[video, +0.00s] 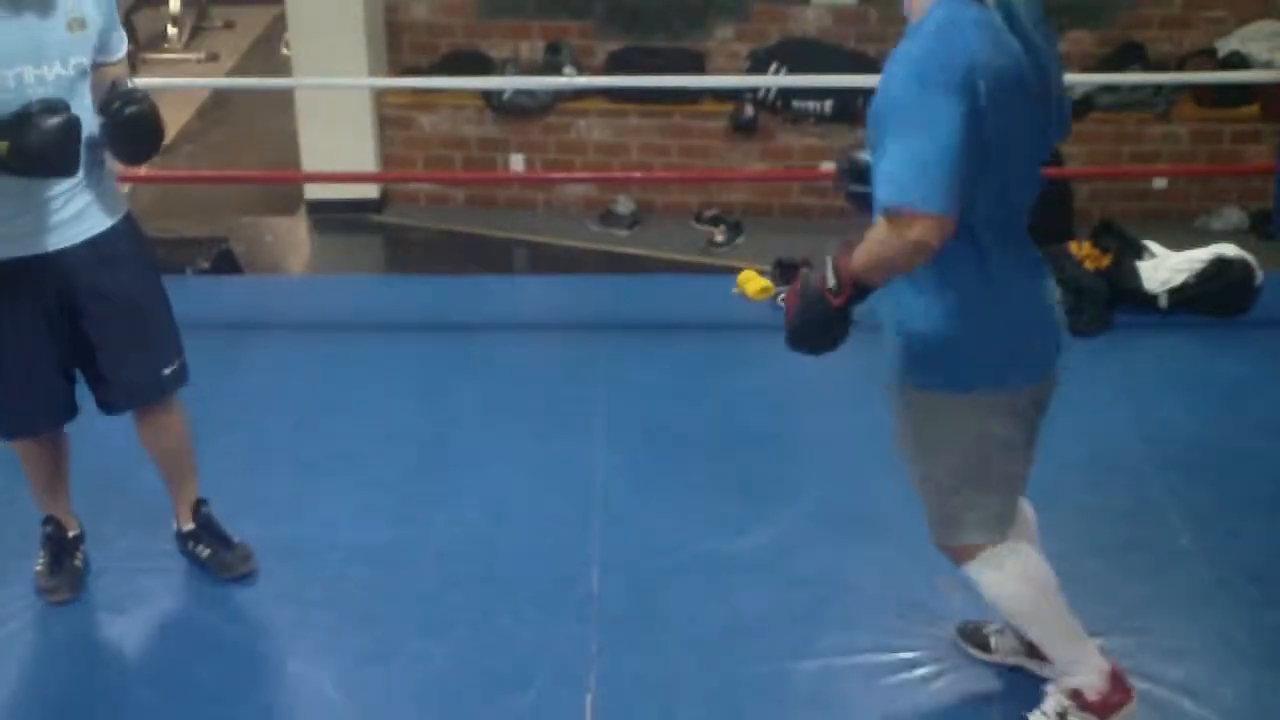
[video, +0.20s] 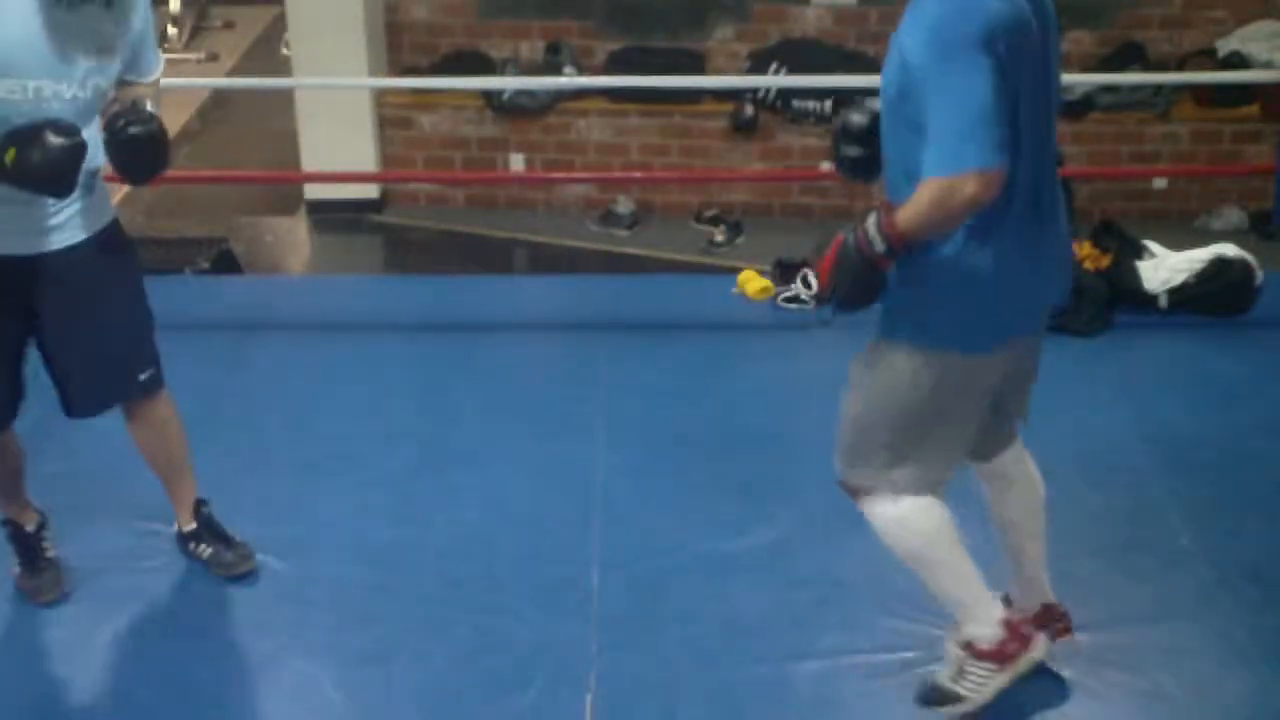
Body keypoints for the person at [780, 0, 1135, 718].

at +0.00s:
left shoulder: (926, 62)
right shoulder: (1013, 27)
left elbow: (919, 225)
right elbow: (1039, 149)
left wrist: (836, 283)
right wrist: (893, 179)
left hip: (963, 347)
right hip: (1017, 323)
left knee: (970, 534)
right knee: (999, 496)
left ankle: (1093, 683)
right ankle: (1038, 632)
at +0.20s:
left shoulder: (949, 20)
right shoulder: (1019, 8)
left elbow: (972, 175)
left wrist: (870, 243)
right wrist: (901, 151)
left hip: (953, 294)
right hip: (1019, 279)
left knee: (880, 476)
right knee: (994, 442)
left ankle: (990, 636)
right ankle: (1035, 607)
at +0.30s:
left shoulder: (929, 7)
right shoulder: (1024, 7)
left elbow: (967, 140)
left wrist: (877, 212)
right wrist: (891, 107)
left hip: (940, 275)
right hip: (1020, 263)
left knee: (837, 454)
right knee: (984, 421)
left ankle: (882, 649)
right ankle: (1027, 594)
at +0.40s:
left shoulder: (916, 19)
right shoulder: (1014, 9)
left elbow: (930, 171)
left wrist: (840, 221)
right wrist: (874, 127)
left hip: (916, 298)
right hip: (997, 285)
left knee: (806, 470)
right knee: (979, 440)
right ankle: (1022, 603)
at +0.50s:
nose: (835, 8)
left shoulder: (877, 74)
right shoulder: (978, 29)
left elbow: (882, 230)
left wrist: (797, 246)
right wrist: (848, 173)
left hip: (899, 334)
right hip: (992, 318)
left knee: (778, 503)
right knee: (968, 469)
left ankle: (693, 684)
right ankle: (1027, 616)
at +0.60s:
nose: (772, 8)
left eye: (777, 6)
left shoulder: (809, 79)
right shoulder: (948, 52)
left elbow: (817, 239)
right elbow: (991, 181)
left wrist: (747, 240)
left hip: (845, 355)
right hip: (949, 339)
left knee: (743, 516)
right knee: (961, 469)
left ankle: (690, 696)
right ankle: (1022, 610)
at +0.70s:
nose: (730, 9)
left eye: (732, 4)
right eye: (733, 6)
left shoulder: (741, 80)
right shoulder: (917, 33)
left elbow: (720, 242)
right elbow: (977, 148)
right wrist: (908, 212)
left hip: (814, 348)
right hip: (922, 329)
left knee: (718, 516)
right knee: (946, 460)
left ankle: (684, 698)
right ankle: (1011, 609)